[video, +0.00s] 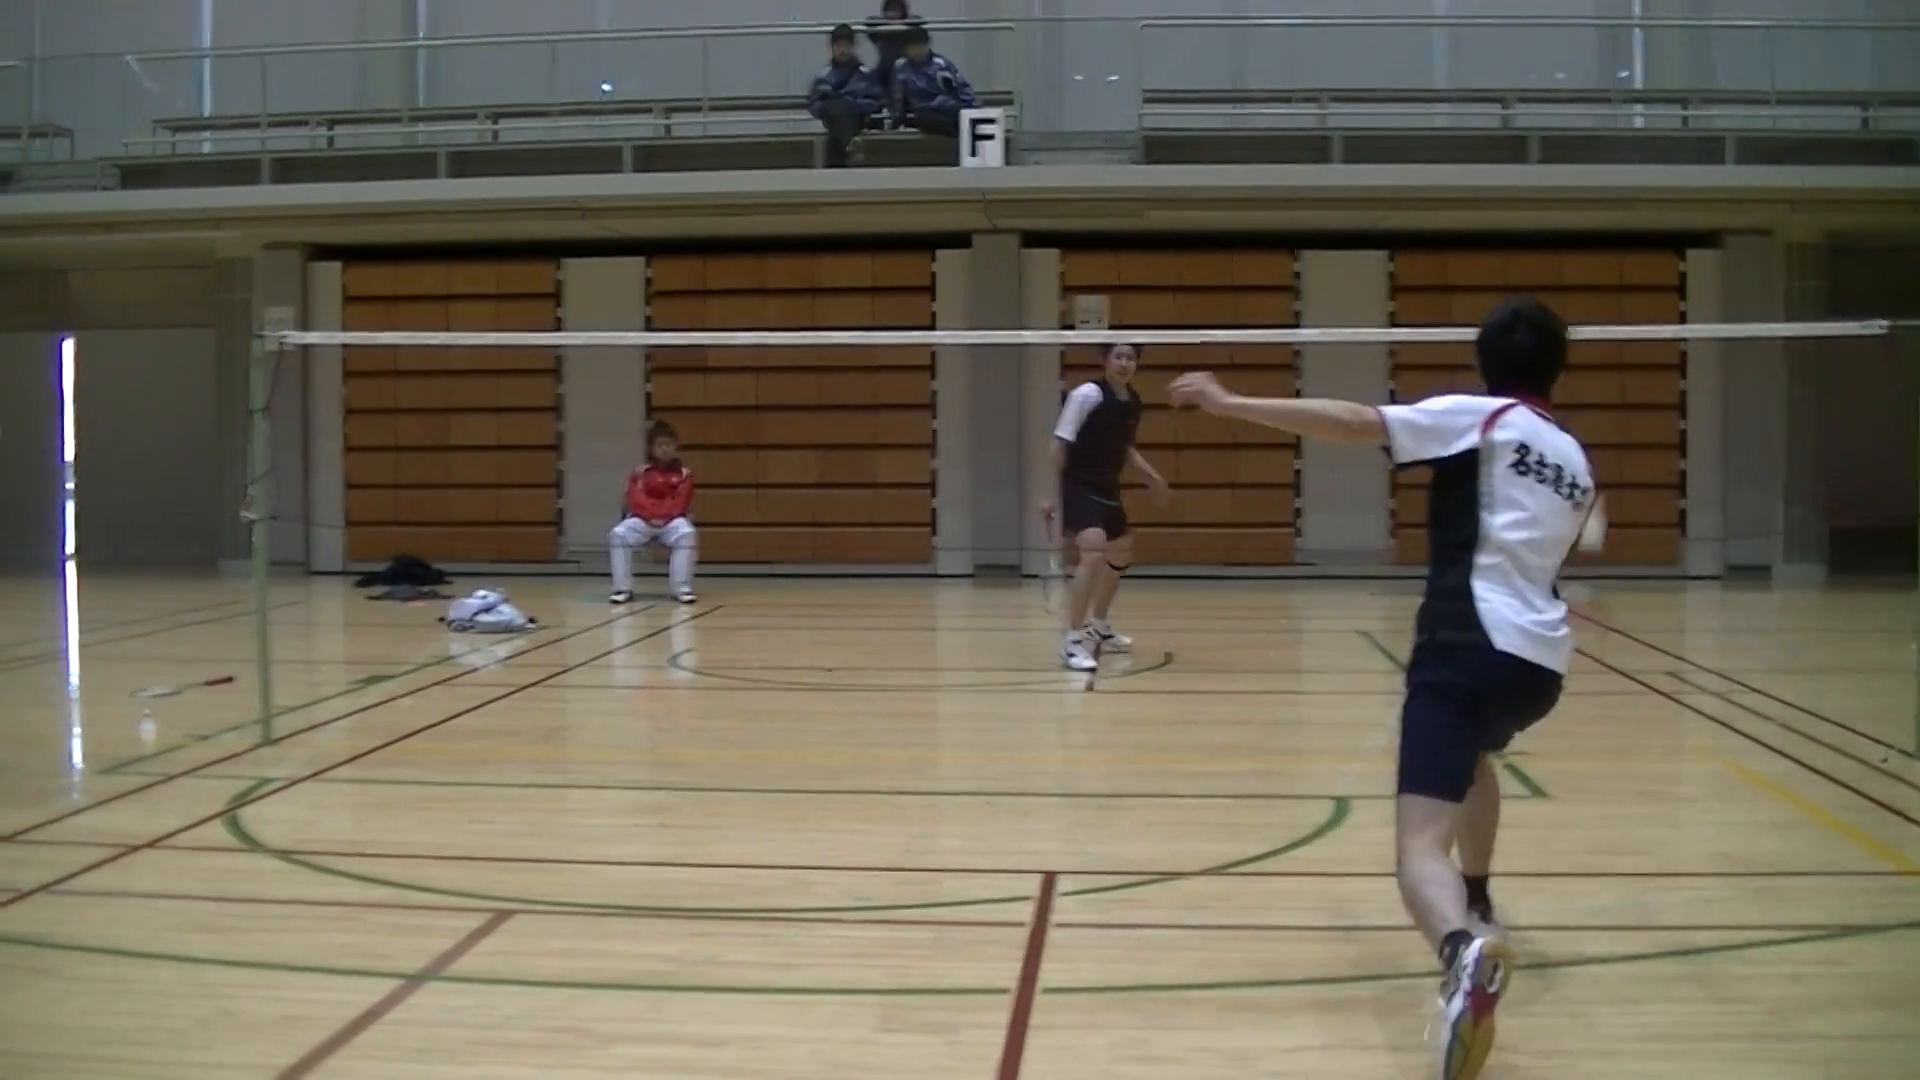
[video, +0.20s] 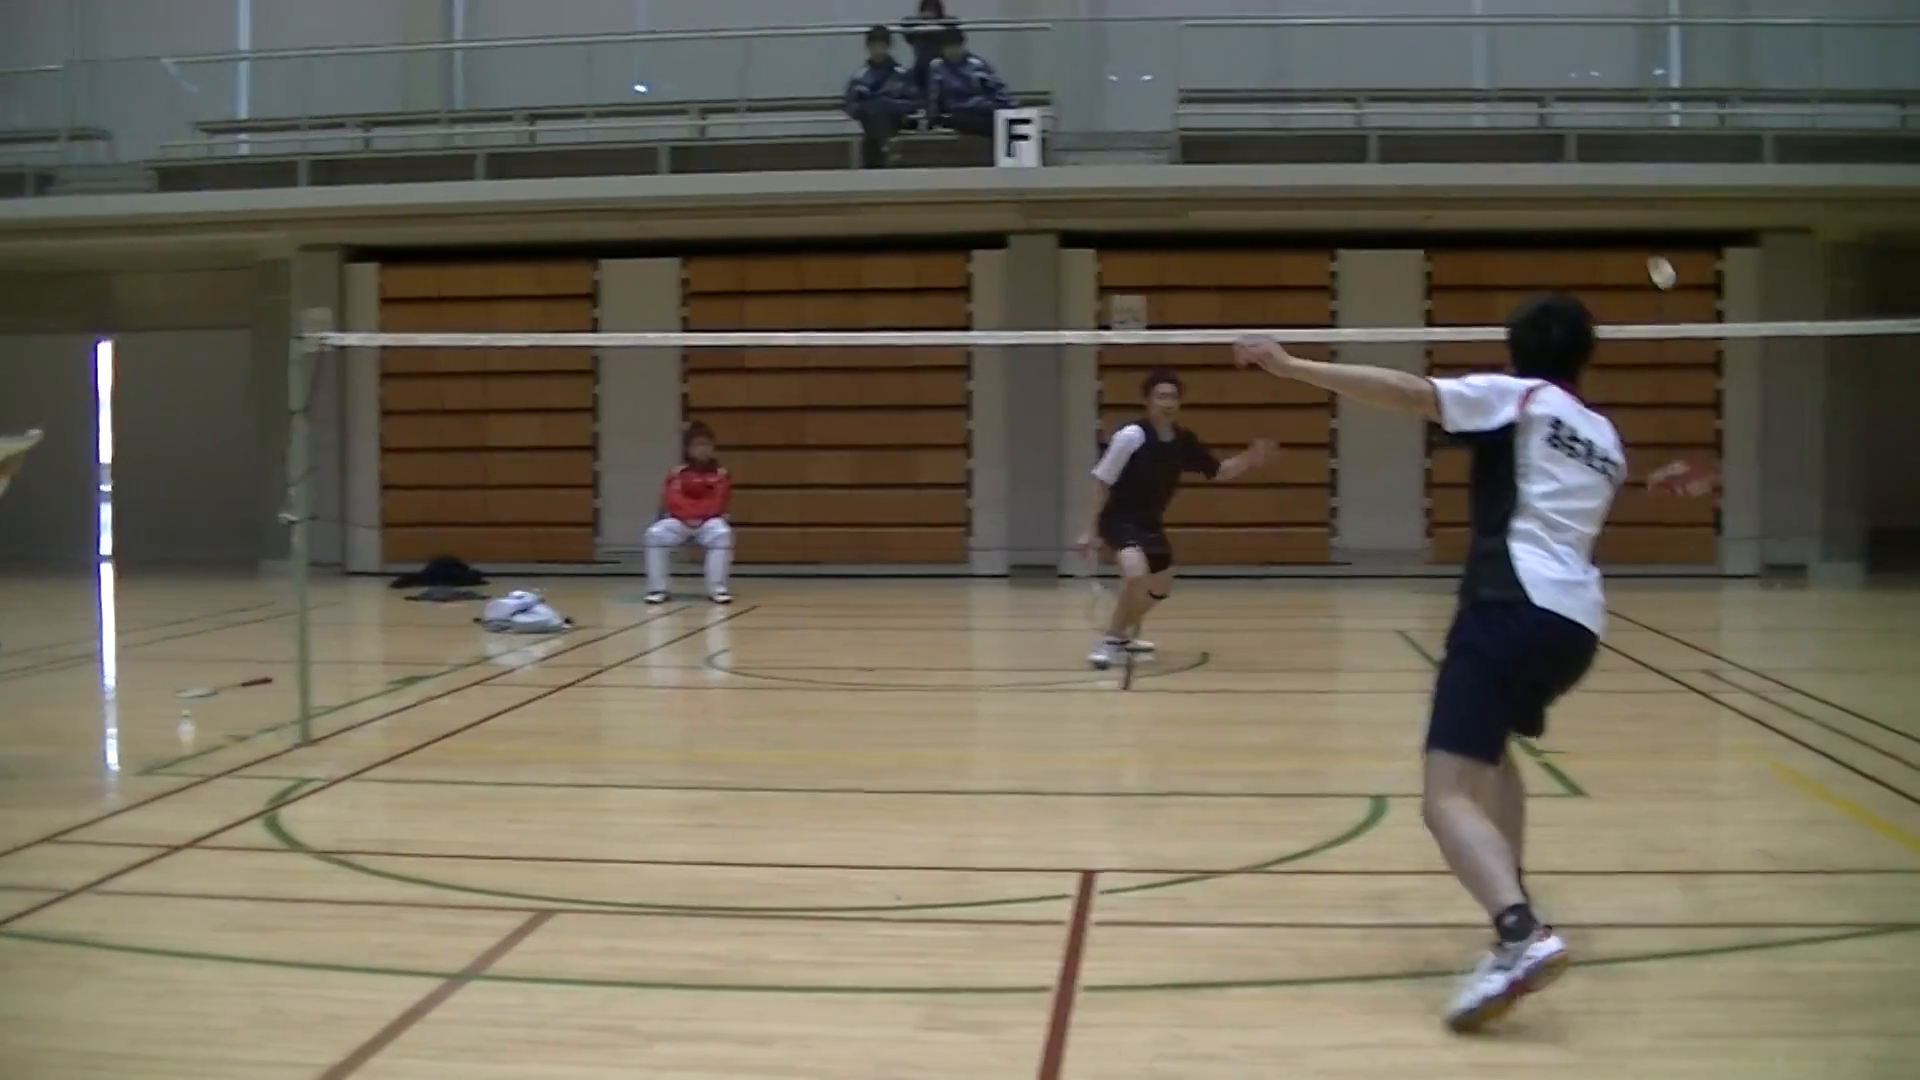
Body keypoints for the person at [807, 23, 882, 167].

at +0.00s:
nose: (842, 50)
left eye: (846, 45)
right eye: (838, 46)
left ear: (852, 47)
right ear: (832, 48)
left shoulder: (866, 74)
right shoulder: (823, 76)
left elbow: (876, 103)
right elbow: (814, 105)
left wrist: (846, 103)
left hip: (860, 120)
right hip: (831, 120)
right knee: (835, 105)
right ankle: (851, 142)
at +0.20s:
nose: (877, 51)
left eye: (881, 46)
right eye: (873, 46)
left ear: (888, 47)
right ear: (867, 48)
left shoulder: (902, 74)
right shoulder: (859, 76)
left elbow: (914, 103)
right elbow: (851, 104)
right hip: (870, 125)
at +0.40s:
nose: (867, 49)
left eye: (871, 44)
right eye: (864, 44)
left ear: (878, 45)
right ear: (857, 46)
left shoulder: (890, 72)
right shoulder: (849, 73)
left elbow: (902, 101)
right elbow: (838, 102)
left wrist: (878, 104)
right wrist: (854, 109)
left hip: (884, 121)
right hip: (858, 122)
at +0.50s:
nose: (851, 50)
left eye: (855, 45)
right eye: (847, 45)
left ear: (861, 47)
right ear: (840, 47)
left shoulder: (875, 76)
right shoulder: (830, 77)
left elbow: (886, 102)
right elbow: (822, 104)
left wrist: (862, 105)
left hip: (869, 119)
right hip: (840, 119)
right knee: (850, 106)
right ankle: (861, 144)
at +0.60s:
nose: (838, 50)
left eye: (842, 44)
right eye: (833, 44)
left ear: (848, 46)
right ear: (827, 47)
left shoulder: (861, 74)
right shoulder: (818, 75)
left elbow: (872, 101)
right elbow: (808, 103)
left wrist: (848, 106)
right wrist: (828, 110)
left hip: (855, 126)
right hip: (828, 127)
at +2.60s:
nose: (833, 52)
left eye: (837, 47)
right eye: (829, 48)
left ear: (843, 49)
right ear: (822, 50)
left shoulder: (855, 74)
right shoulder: (813, 76)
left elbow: (867, 103)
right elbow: (803, 107)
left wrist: (843, 108)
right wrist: (823, 109)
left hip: (848, 122)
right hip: (821, 123)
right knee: (830, 106)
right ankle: (840, 145)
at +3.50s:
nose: (833, 40)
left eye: (837, 36)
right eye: (828, 36)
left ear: (843, 37)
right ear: (822, 38)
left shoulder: (855, 63)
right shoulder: (813, 65)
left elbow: (868, 92)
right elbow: (803, 97)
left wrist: (842, 95)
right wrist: (821, 96)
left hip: (848, 115)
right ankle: (841, 134)